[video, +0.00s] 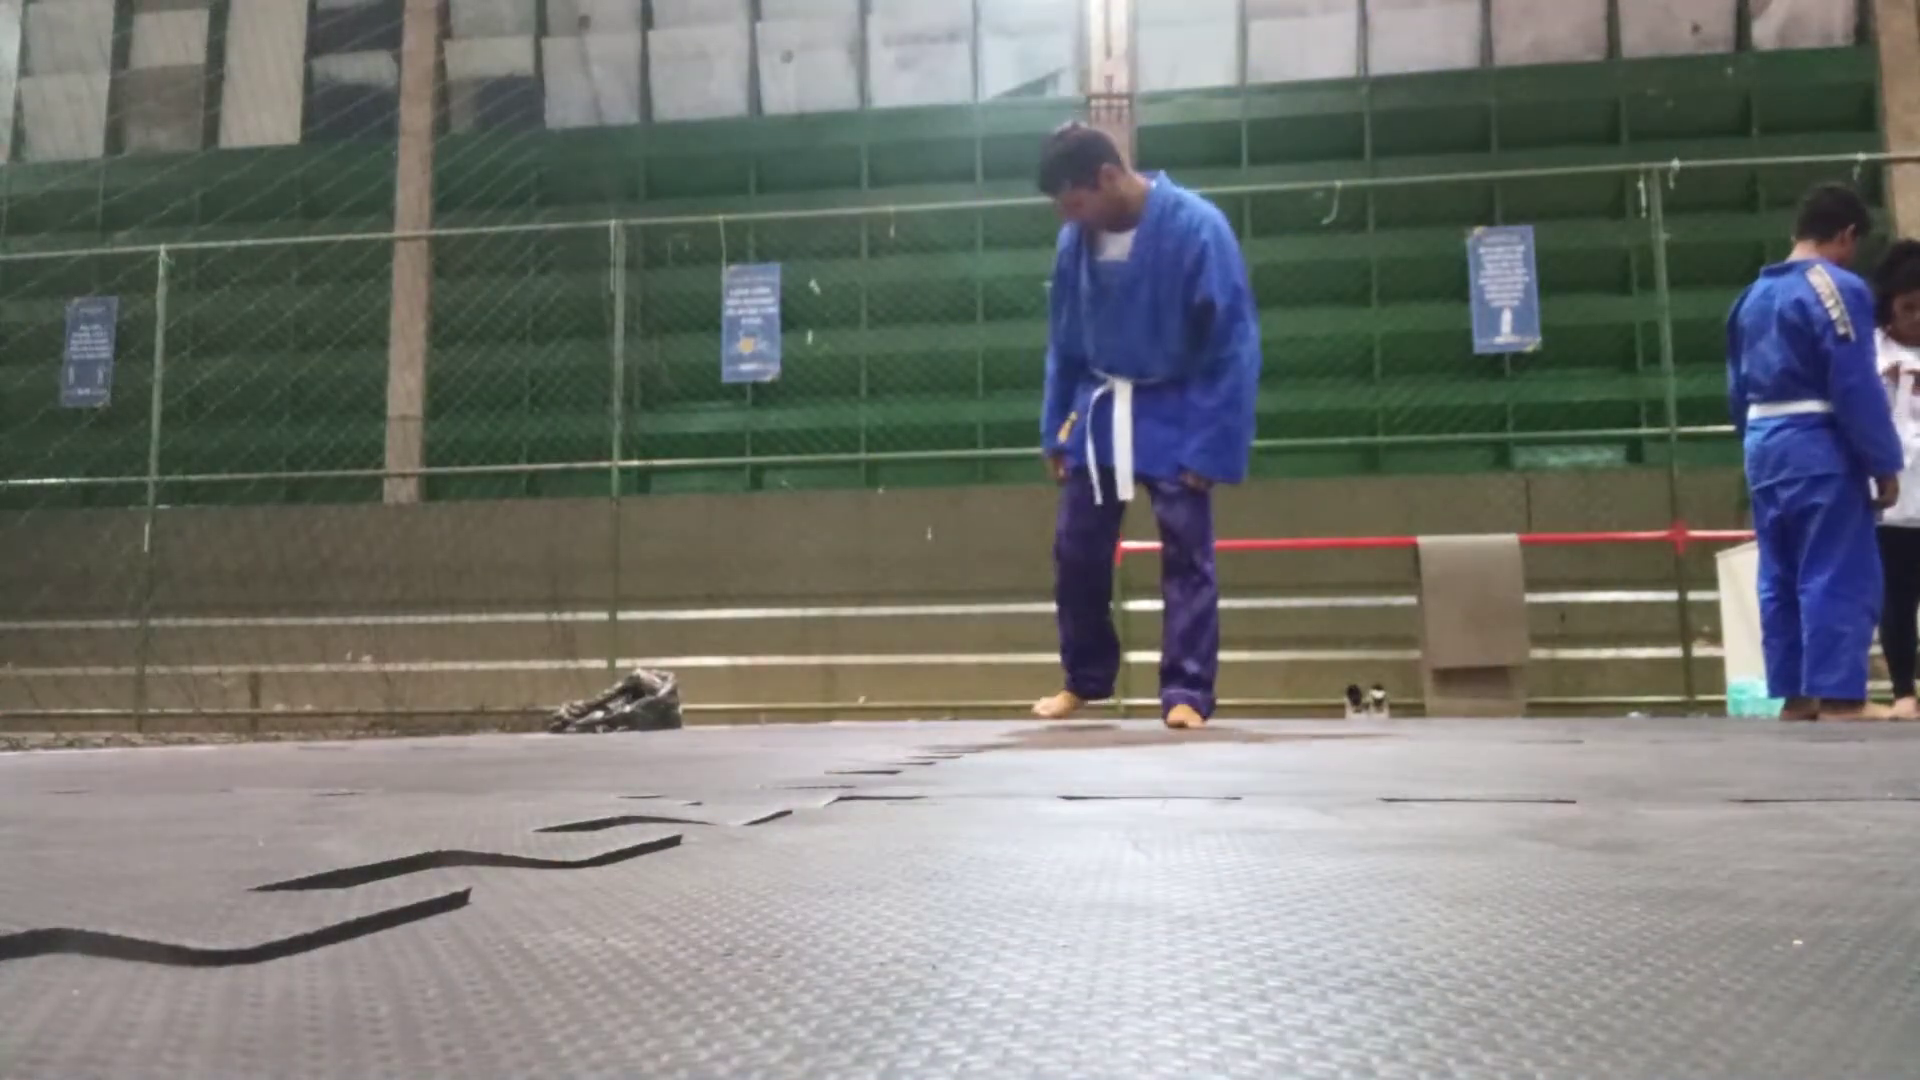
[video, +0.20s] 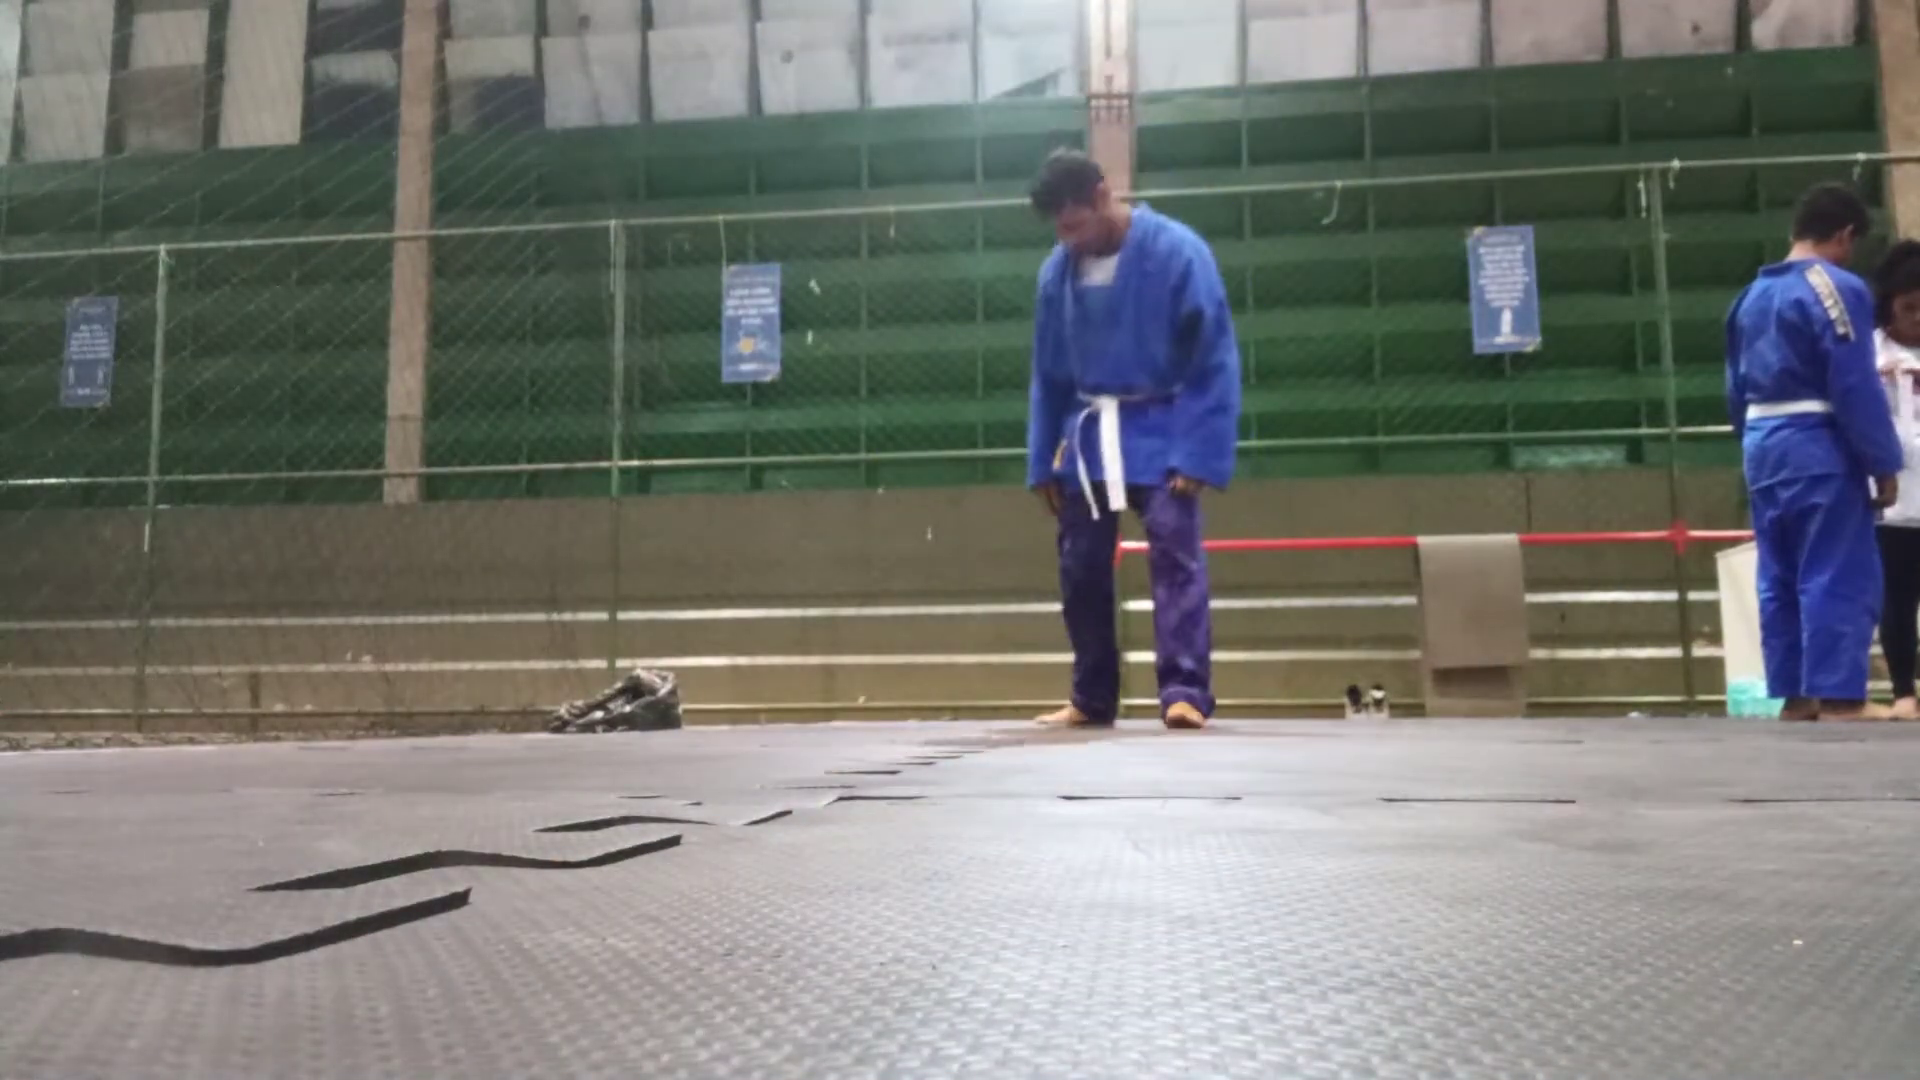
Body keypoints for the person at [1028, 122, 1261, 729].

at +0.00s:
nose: (1069, 216)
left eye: (1073, 203)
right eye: (1064, 207)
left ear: (1107, 179)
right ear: (1094, 184)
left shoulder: (1197, 228)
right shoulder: (1077, 236)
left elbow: (1236, 347)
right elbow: (1063, 341)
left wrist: (1210, 448)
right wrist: (1057, 426)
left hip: (1179, 396)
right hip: (1100, 397)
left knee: (1184, 543)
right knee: (1076, 542)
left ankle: (1186, 695)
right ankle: (1086, 680)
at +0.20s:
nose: (1070, 238)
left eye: (1077, 225)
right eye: (1061, 229)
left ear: (1105, 197)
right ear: (1050, 221)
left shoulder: (1177, 253)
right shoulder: (1057, 273)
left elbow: (1216, 360)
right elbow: (1048, 375)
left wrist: (1199, 452)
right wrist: (1042, 461)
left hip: (1164, 413)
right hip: (1087, 419)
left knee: (1171, 539)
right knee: (1080, 556)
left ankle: (1184, 693)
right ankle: (1092, 701)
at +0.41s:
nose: (1057, 251)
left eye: (1062, 236)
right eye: (1046, 242)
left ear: (1089, 211)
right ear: (1037, 234)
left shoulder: (1155, 258)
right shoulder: (1041, 286)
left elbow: (1201, 354)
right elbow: (1031, 384)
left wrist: (1186, 442)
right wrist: (1031, 467)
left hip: (1153, 414)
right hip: (1078, 422)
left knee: (1160, 539)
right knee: (1070, 560)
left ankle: (1166, 688)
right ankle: (1090, 700)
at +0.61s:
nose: (1060, 251)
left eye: (1069, 237)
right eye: (1050, 241)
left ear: (1096, 213)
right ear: (1039, 232)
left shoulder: (1155, 261)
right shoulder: (1042, 280)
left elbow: (1211, 351)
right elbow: (1029, 377)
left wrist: (1182, 441)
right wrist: (1031, 452)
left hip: (1152, 418)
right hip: (1075, 423)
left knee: (1162, 542)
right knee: (1071, 552)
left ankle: (1164, 691)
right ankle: (1084, 696)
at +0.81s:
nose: (1078, 274)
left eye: (1088, 262)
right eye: (1068, 263)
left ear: (1118, 243)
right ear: (1057, 253)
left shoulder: (1169, 291)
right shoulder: (1052, 294)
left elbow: (1210, 399)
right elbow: (1030, 381)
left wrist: (1161, 489)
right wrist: (1027, 452)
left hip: (1159, 434)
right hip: (1083, 432)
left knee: (1166, 545)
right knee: (1056, 549)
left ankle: (1165, 696)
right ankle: (1080, 691)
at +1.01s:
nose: (1082, 308)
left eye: (1093, 296)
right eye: (1070, 297)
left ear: (1120, 276)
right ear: (1056, 284)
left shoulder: (1165, 323)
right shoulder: (1042, 319)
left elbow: (1175, 440)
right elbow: (1014, 403)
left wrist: (1123, 526)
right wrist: (1003, 485)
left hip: (1151, 446)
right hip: (1081, 443)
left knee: (1167, 563)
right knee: (1046, 559)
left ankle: (1166, 698)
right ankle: (1055, 698)